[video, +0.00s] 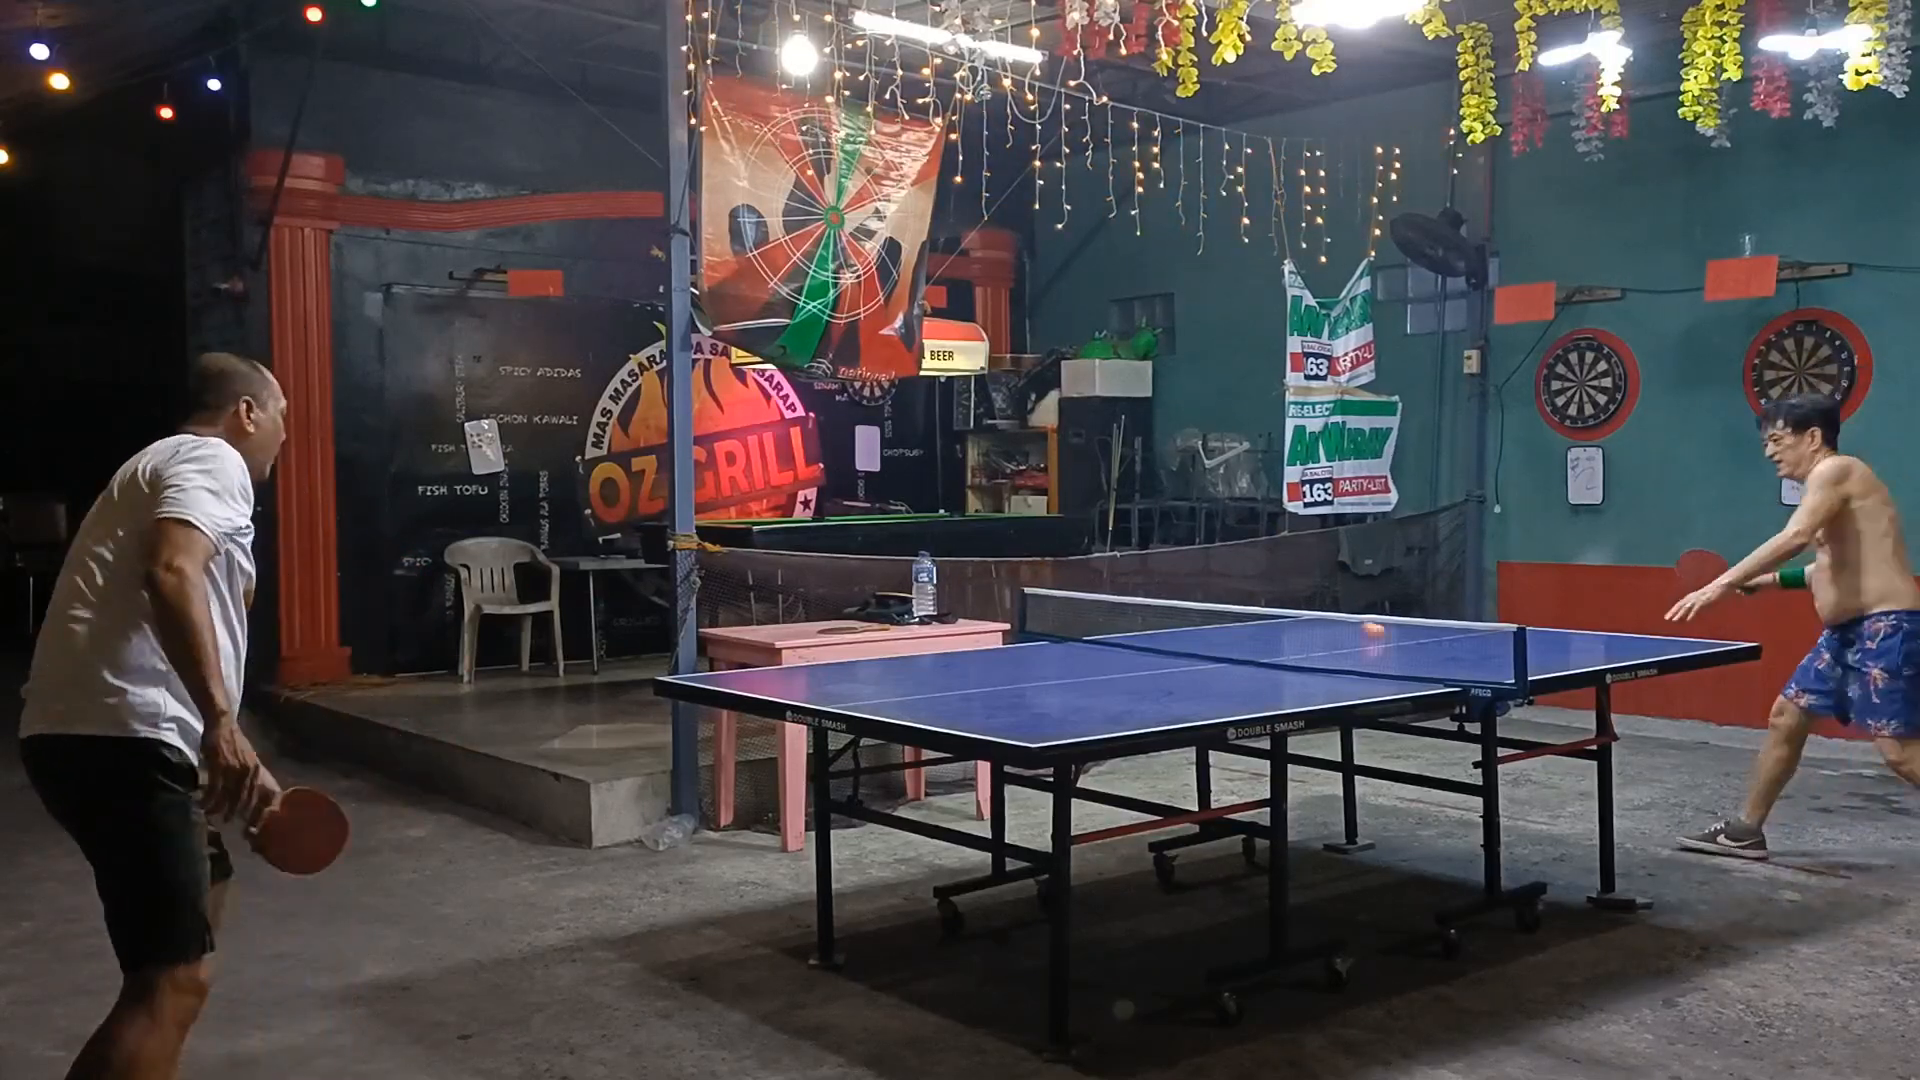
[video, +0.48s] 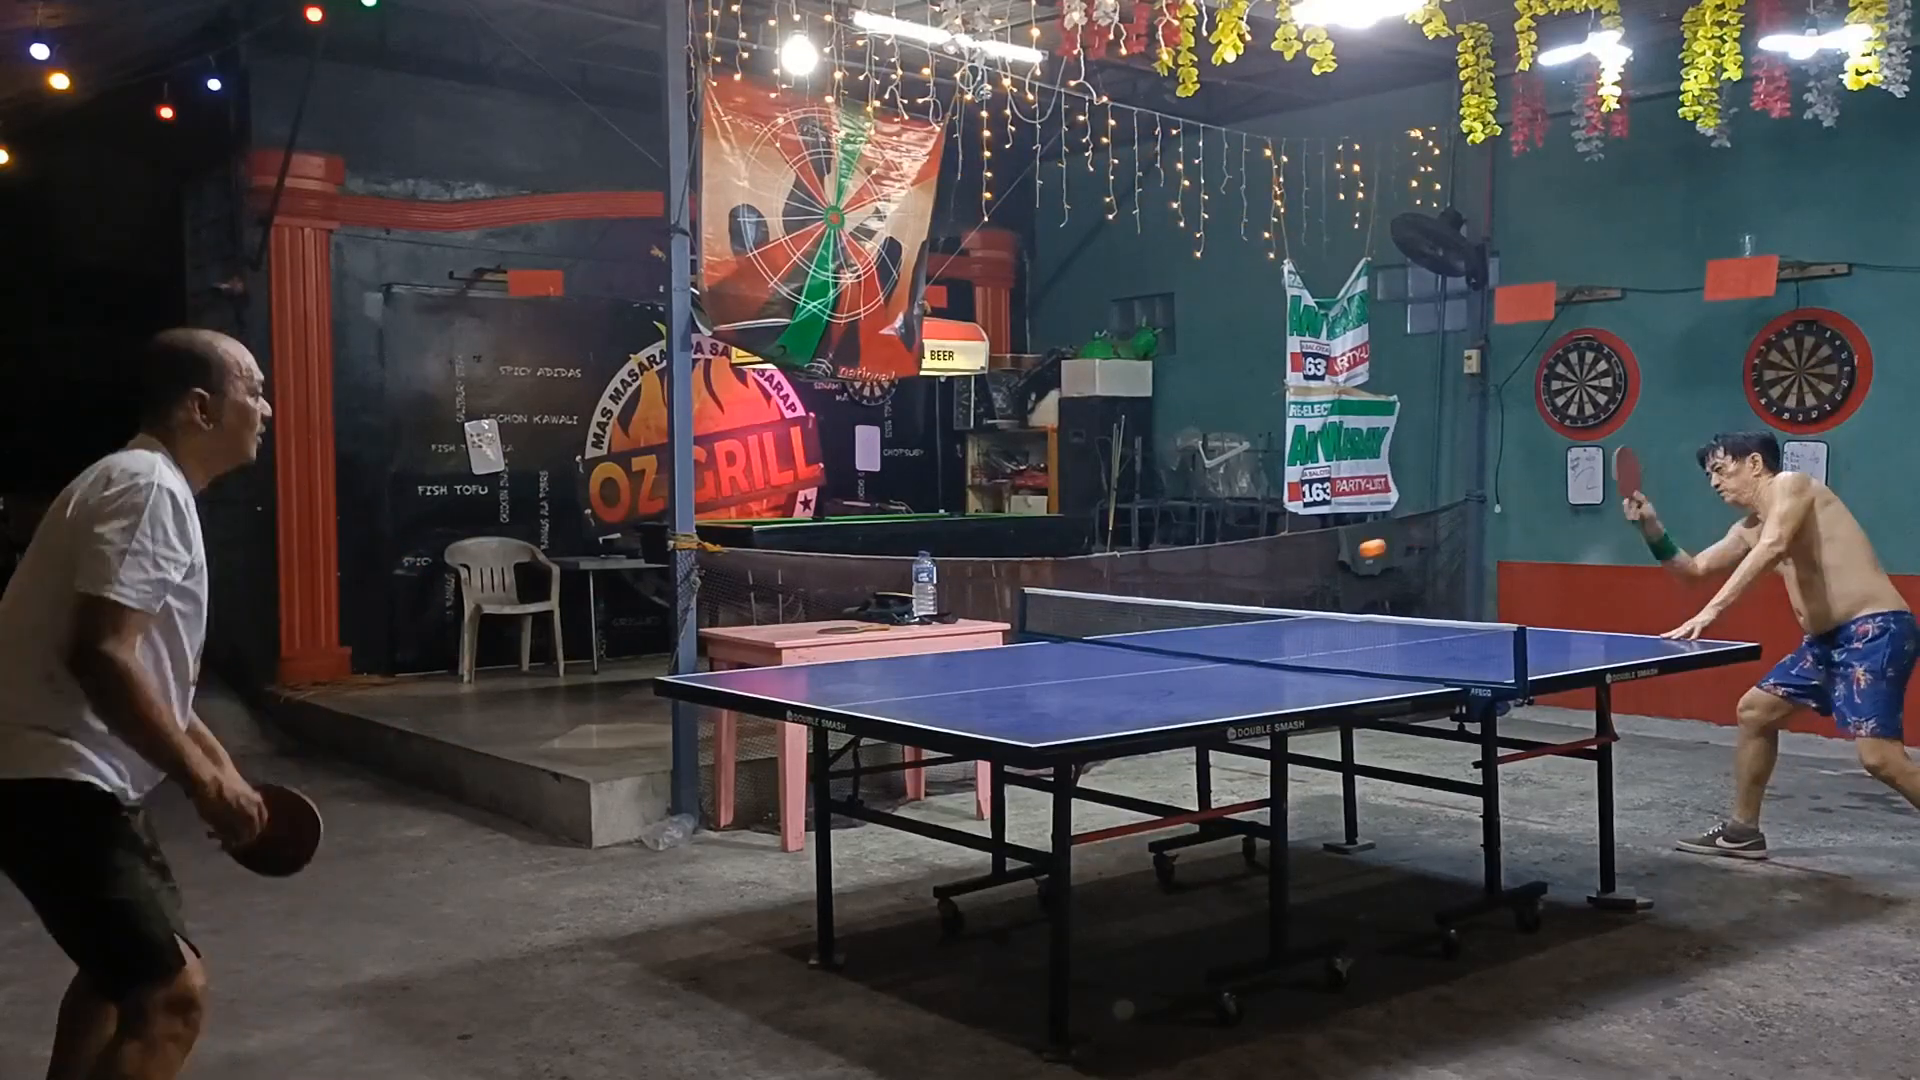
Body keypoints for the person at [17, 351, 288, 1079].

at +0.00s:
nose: (282, 439)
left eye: (283, 422)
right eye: (280, 420)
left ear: (210, 413)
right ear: (247, 413)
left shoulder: (151, 470)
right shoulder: (212, 460)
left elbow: (176, 658)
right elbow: (172, 572)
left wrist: (241, 770)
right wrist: (221, 721)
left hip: (78, 728)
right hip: (125, 732)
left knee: (173, 964)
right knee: (174, 981)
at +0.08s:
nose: (275, 421)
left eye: (276, 405)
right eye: (271, 404)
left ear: (194, 403)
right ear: (234, 402)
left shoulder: (131, 467)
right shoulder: (198, 455)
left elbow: (136, 641)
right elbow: (171, 581)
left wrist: (213, 760)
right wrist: (232, 725)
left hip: (77, 731)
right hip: (127, 737)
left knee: (205, 896)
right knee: (164, 988)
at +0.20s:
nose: (263, 376)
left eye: (266, 359)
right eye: (261, 358)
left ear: (185, 353)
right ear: (221, 352)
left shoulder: (114, 424)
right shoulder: (186, 414)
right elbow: (151, 552)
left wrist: (198, 716)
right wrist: (220, 692)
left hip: (56, 702)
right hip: (108, 707)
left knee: (133, 944)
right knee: (170, 950)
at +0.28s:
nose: (264, 363)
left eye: (265, 346)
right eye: (259, 344)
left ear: (189, 343)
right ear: (216, 343)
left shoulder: (123, 408)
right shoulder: (178, 405)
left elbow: (104, 577)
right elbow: (136, 547)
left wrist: (192, 701)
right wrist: (211, 681)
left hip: (55, 695)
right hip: (99, 701)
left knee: (125, 924)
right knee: (179, 939)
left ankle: (94, 1070)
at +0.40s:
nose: (261, 390)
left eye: (259, 372)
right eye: (252, 371)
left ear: (190, 382)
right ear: (201, 380)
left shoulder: (125, 456)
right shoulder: (152, 457)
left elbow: (125, 627)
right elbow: (110, 614)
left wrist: (200, 743)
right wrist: (208, 732)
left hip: (51, 756)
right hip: (77, 760)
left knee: (107, 963)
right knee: (174, 988)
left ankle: (68, 1075)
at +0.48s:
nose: (267, 412)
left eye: (263, 394)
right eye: (255, 393)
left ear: (195, 408)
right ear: (201, 407)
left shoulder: (136, 485)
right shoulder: (147, 485)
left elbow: (145, 672)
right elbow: (101, 653)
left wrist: (222, 770)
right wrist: (201, 773)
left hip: (57, 771)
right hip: (55, 776)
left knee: (116, 971)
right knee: (174, 992)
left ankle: (71, 1076)